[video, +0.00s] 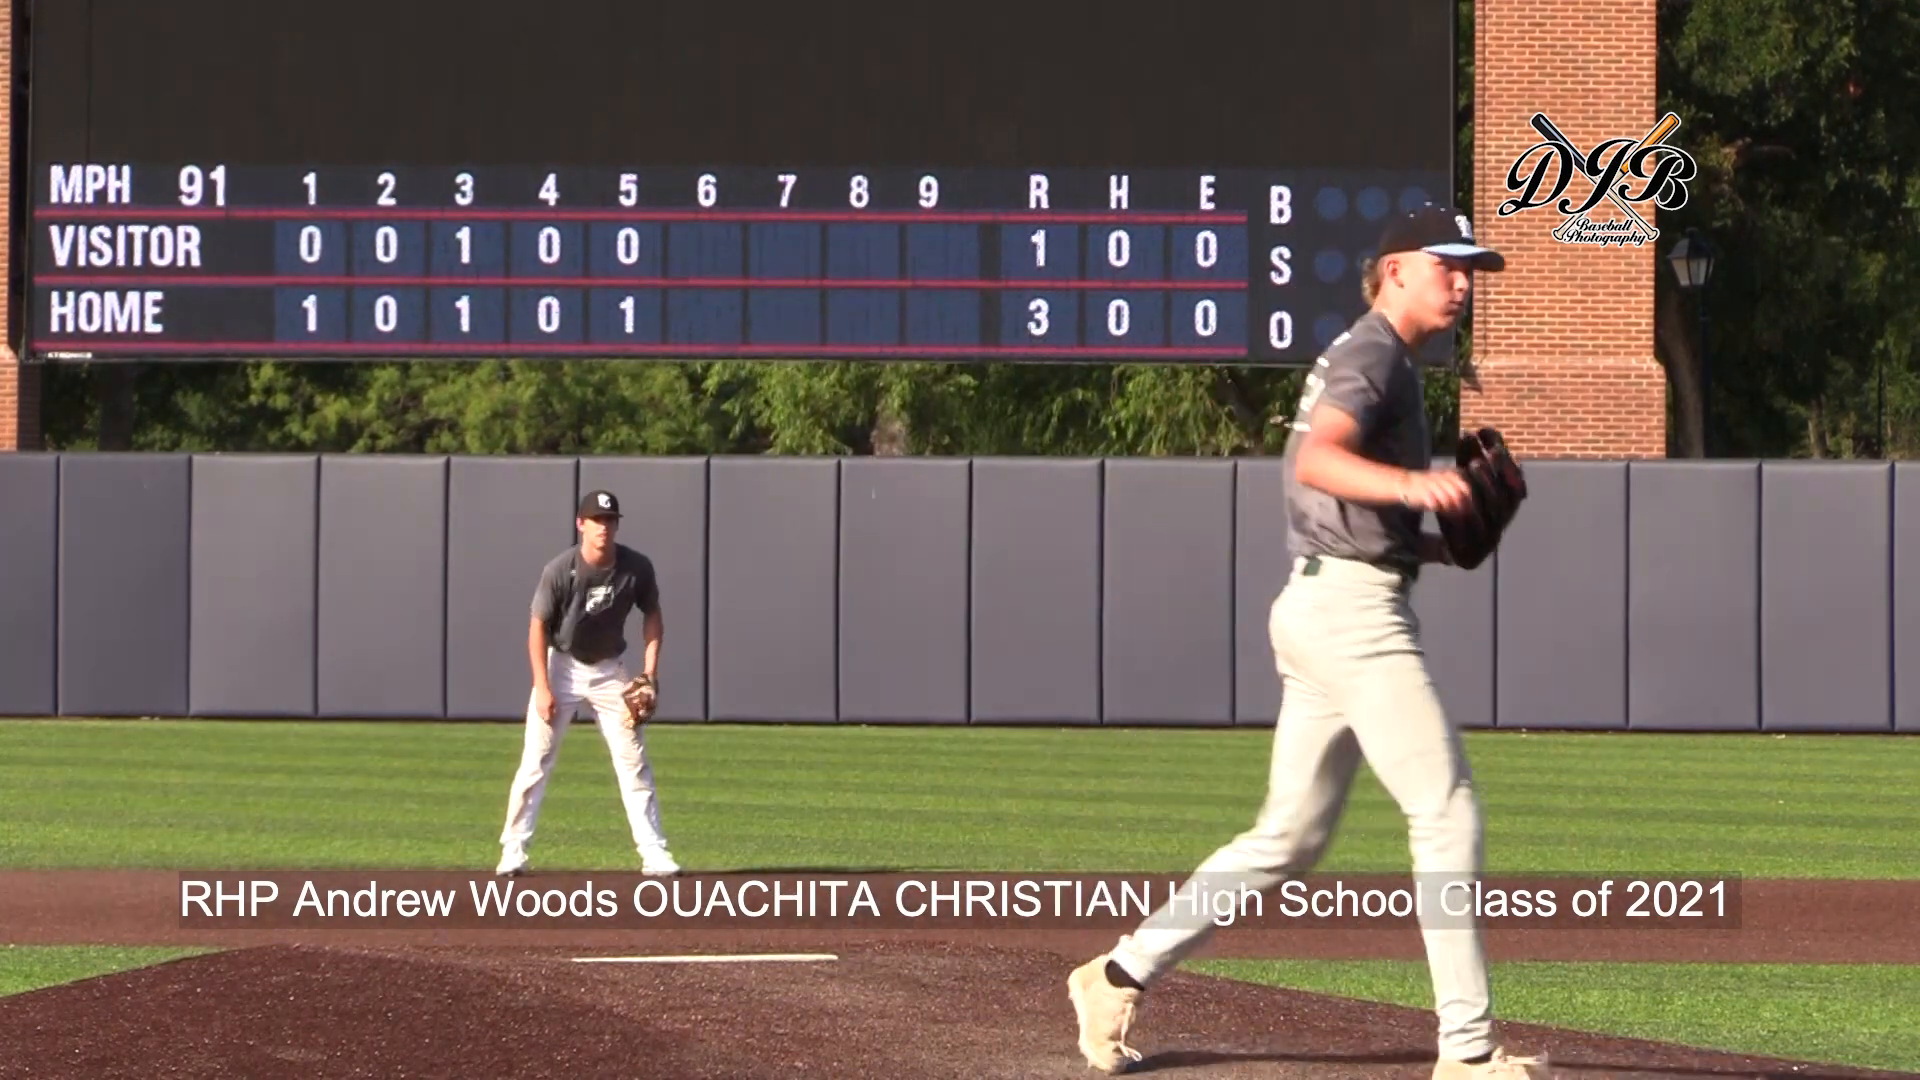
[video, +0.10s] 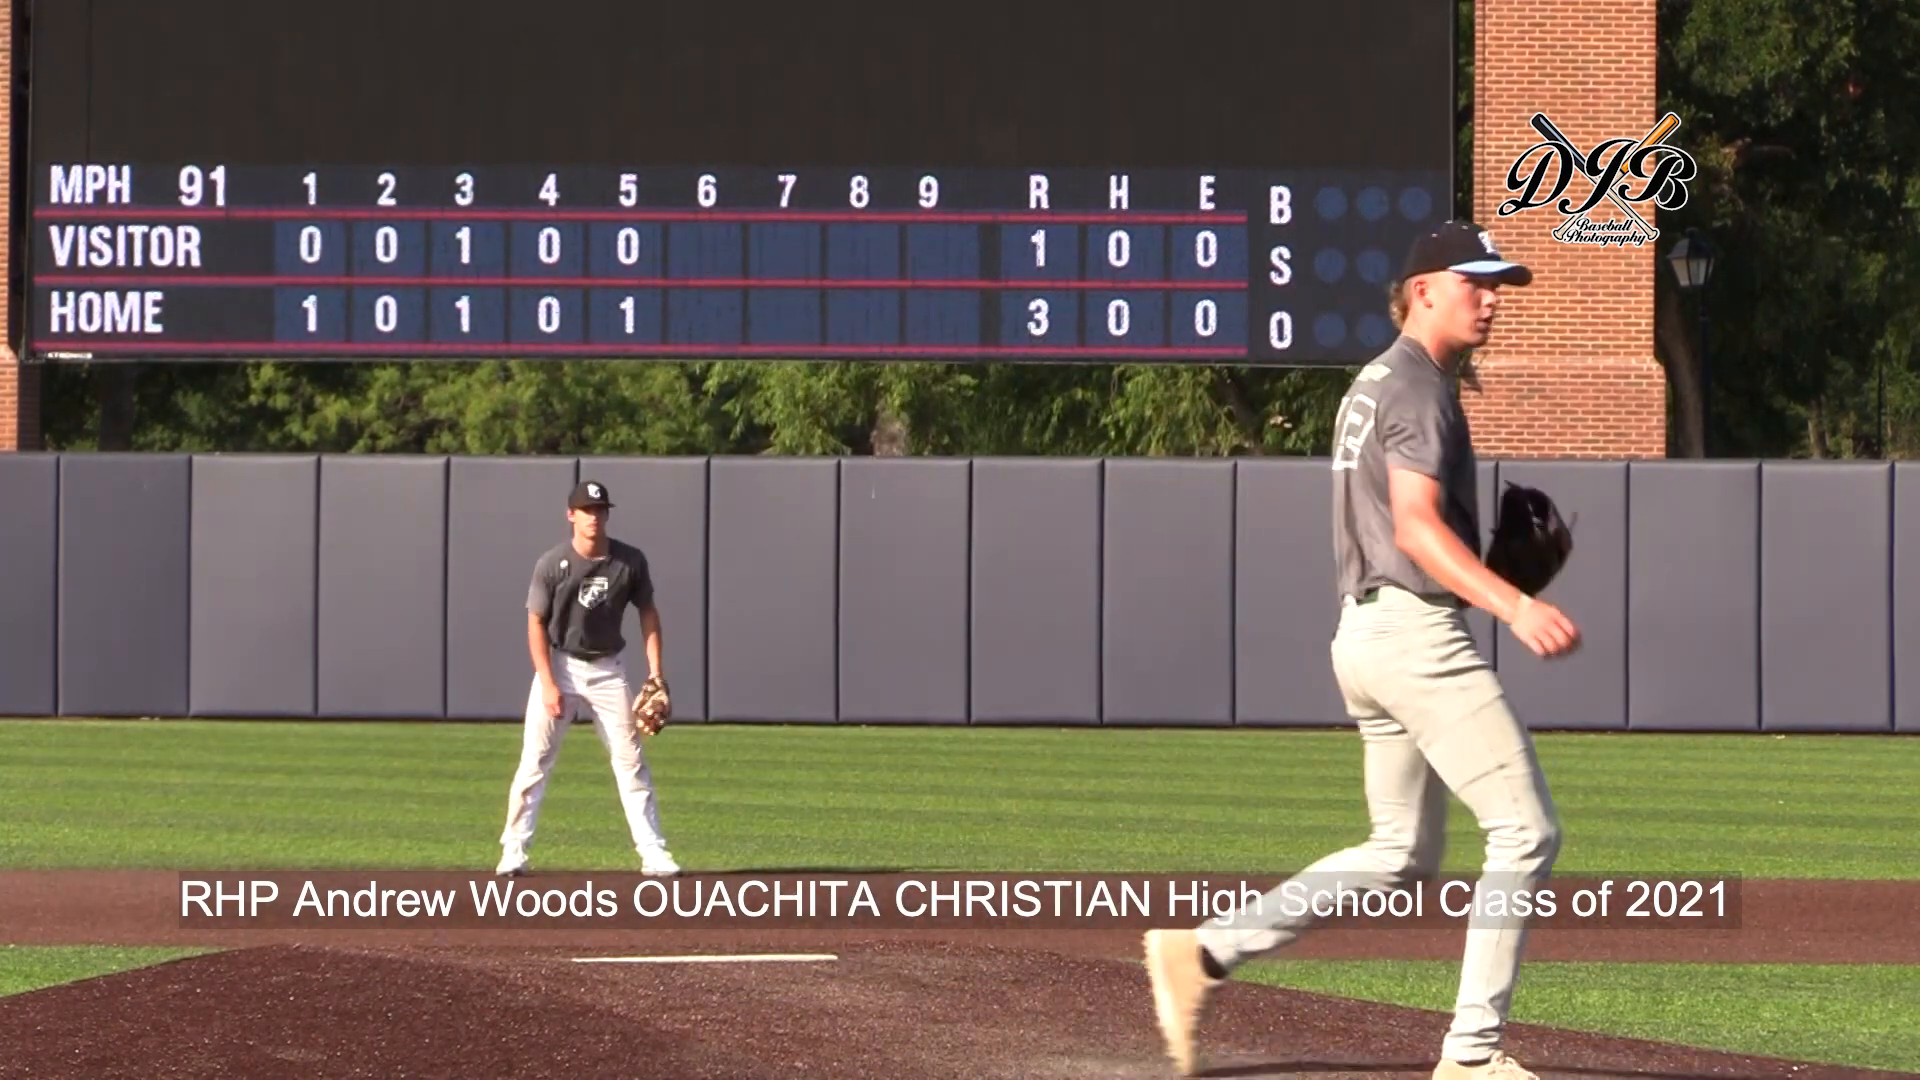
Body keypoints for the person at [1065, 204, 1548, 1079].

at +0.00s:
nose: (1465, 284)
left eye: (1468, 270)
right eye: (1449, 268)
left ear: (1422, 281)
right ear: (1396, 273)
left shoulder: (1388, 364)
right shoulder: (1369, 354)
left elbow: (1385, 511)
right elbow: (1314, 460)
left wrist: (1461, 516)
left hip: (1328, 601)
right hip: (1349, 601)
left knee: (1288, 835)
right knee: (1445, 811)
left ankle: (1117, 975)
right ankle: (1467, 1045)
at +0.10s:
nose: (1492, 303)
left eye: (1494, 288)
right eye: (1475, 285)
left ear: (1432, 301)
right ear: (1420, 294)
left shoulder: (1377, 381)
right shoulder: (1419, 390)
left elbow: (1394, 529)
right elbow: (1416, 530)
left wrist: (1495, 551)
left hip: (1366, 628)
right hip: (1415, 631)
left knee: (1400, 853)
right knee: (1523, 833)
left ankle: (1203, 952)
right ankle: (1473, 1049)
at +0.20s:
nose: (1527, 297)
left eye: (1529, 283)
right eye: (1512, 280)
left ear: (1468, 291)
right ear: (1456, 284)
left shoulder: (1403, 367)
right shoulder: (1454, 387)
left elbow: (1397, 528)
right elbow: (1466, 537)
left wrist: (1510, 571)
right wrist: (1579, 627)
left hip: (1402, 620)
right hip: (1449, 624)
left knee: (1486, 826)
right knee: (1531, 836)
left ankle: (1325, 977)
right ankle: (1472, 1050)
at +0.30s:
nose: (1561, 297)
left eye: (1565, 281)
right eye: (1551, 278)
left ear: (1500, 269)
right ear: (1499, 266)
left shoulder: (1437, 344)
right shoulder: (1475, 372)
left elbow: (1454, 509)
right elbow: (1487, 527)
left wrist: (1551, 574)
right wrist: (1601, 602)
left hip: (1451, 599)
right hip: (1473, 610)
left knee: (1562, 806)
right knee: (1516, 822)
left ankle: (1450, 1005)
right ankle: (1465, 1044)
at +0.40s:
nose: (1583, 323)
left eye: (1592, 309)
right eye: (1580, 304)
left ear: (1545, 277)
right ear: (1541, 275)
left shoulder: (1477, 343)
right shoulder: (1487, 370)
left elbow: (1502, 515)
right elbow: (1496, 527)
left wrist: (1566, 615)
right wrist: (1616, 595)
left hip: (1519, 603)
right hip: (1491, 606)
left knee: (1590, 806)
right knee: (1502, 825)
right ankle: (1465, 1050)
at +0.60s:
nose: (1642, 363)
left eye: (1651, 351)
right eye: (1640, 345)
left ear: (1618, 311)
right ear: (1607, 306)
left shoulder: (1589, 376)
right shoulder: (1524, 379)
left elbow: (1581, 527)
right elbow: (1501, 534)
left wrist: (1629, 632)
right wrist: (1612, 622)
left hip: (1592, 619)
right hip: (1528, 614)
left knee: (1651, 828)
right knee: (1515, 833)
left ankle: (1722, 1033)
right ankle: (1463, 1049)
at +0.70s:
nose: (1675, 368)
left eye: (1685, 357)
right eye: (1675, 351)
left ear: (1657, 322)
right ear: (1641, 312)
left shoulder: (1630, 380)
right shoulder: (1555, 382)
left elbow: (1612, 524)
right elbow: (1512, 532)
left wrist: (1650, 639)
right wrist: (1588, 641)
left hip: (1631, 624)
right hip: (1559, 627)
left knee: (1681, 844)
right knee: (1542, 839)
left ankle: (1717, 1046)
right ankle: (1466, 1047)